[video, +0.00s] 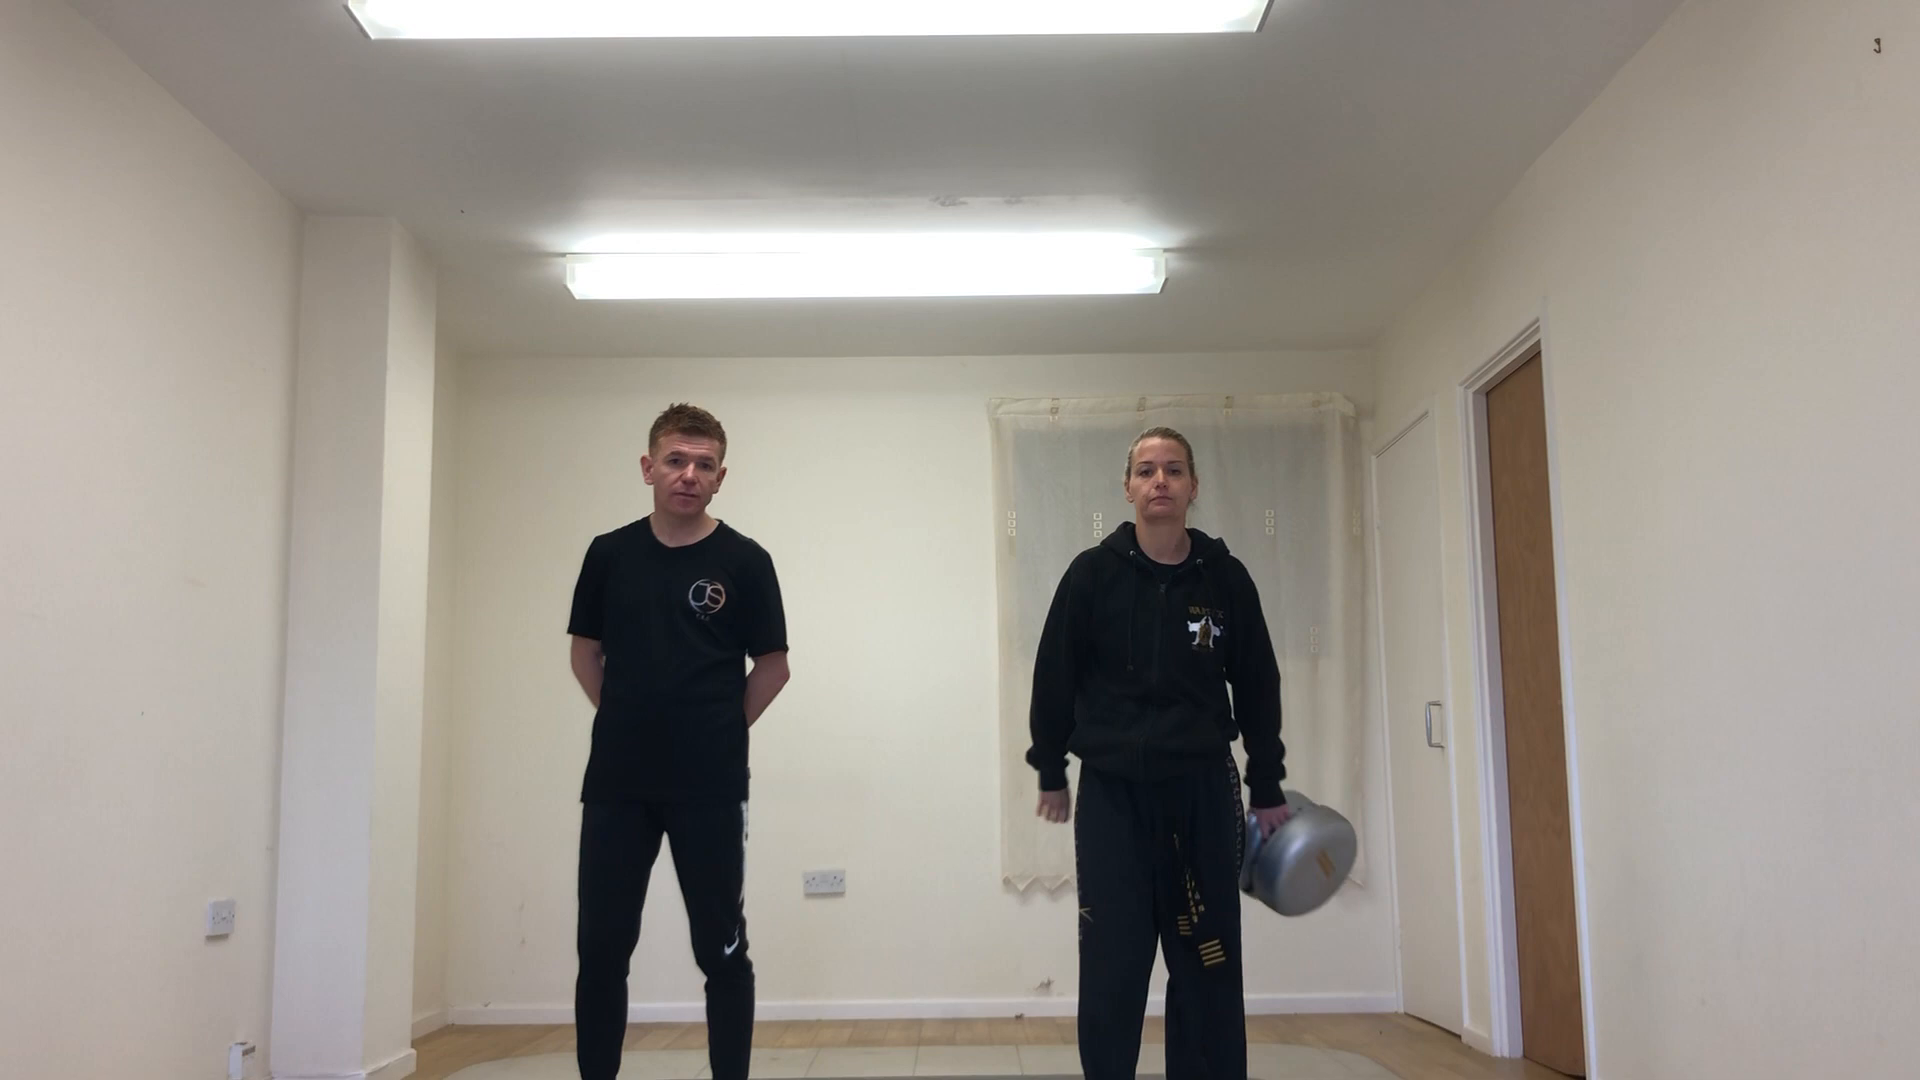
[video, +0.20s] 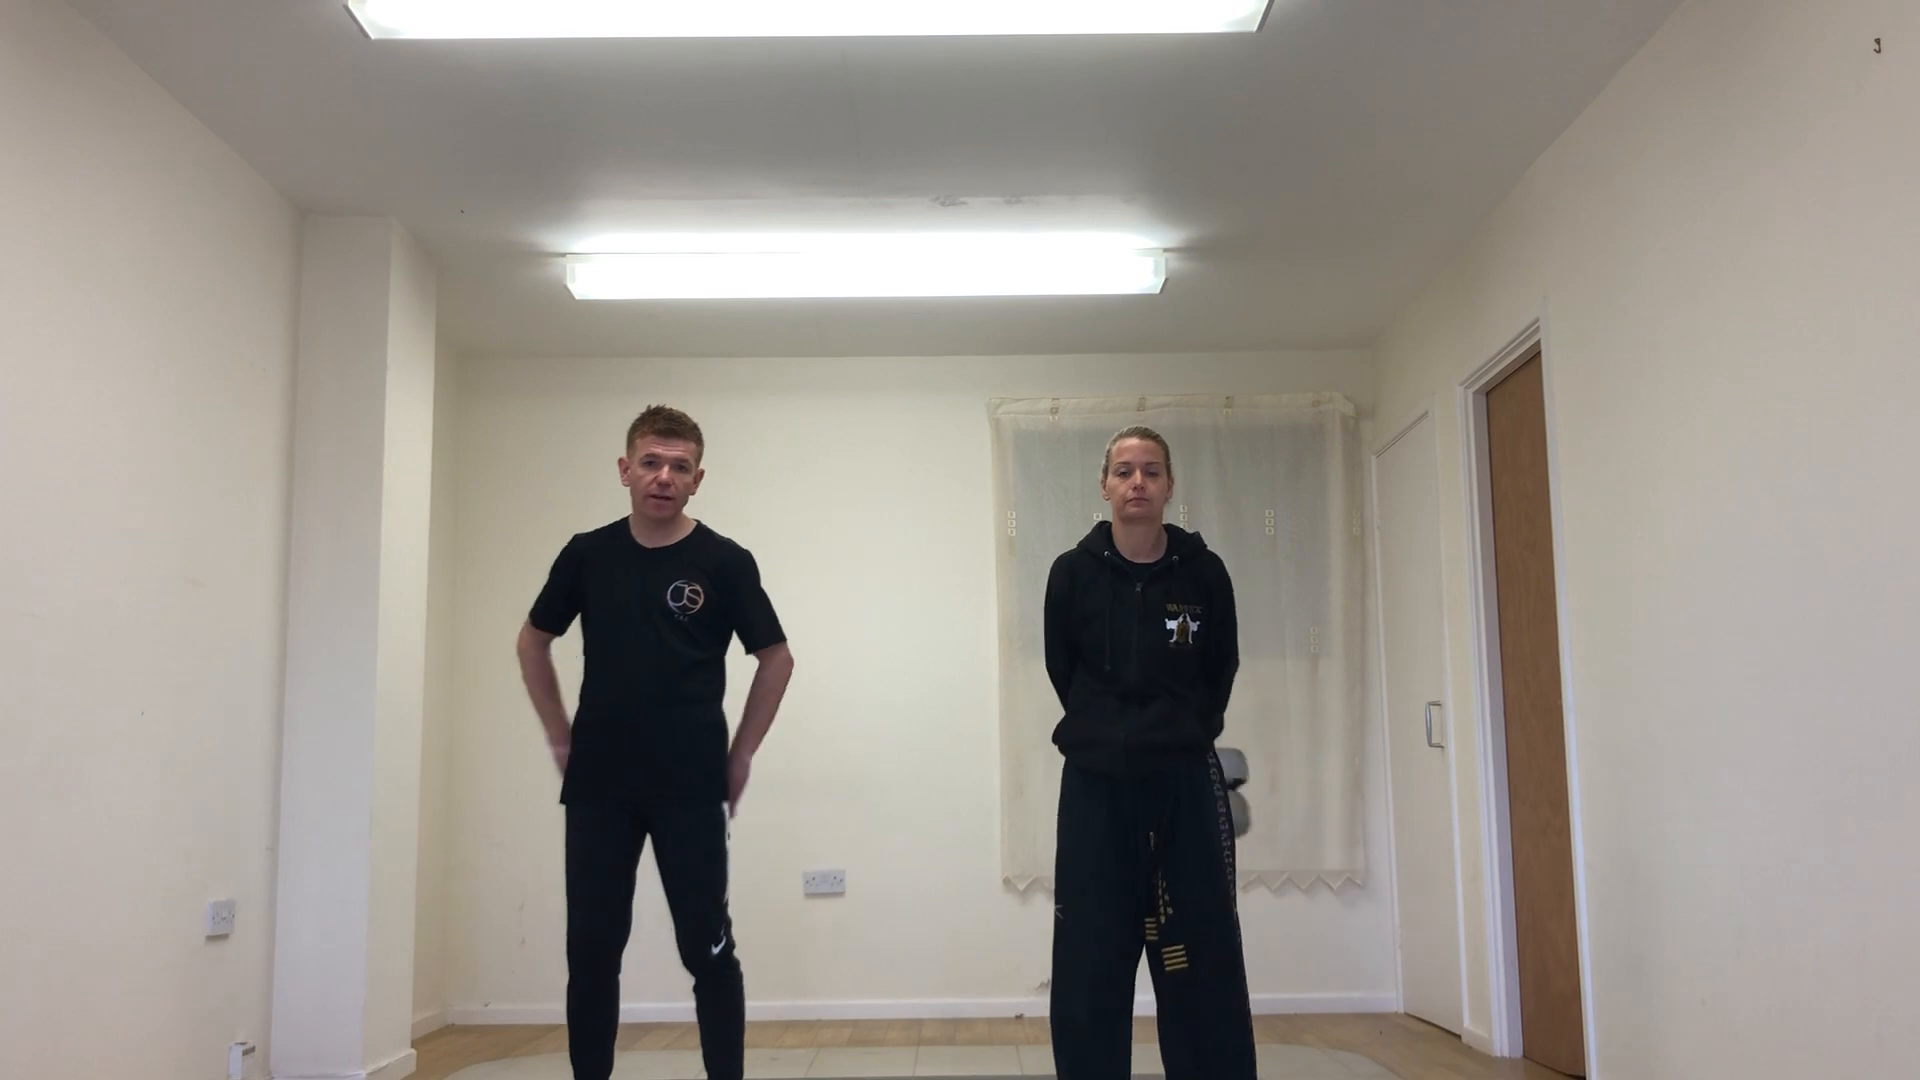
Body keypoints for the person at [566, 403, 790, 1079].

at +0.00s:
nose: (690, 475)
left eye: (704, 464)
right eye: (677, 461)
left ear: (719, 476)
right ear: (648, 468)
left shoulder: (746, 561)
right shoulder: (607, 553)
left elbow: (774, 665)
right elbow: (585, 658)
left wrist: (719, 725)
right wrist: (632, 717)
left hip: (708, 776)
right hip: (620, 773)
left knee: (722, 952)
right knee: (601, 953)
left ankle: (730, 1077)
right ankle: (596, 1076)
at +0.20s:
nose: (664, 477)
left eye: (679, 466)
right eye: (651, 463)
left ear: (695, 479)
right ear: (625, 470)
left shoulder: (726, 563)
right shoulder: (585, 555)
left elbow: (776, 658)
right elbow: (532, 641)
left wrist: (740, 754)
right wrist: (561, 739)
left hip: (689, 780)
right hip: (599, 778)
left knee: (709, 952)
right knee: (591, 955)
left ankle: (725, 1076)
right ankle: (590, 1077)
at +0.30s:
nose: (647, 474)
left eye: (663, 463)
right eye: (634, 461)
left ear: (680, 476)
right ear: (609, 470)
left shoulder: (712, 560)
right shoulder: (570, 555)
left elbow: (773, 651)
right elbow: (509, 633)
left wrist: (778, 757)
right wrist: (492, 735)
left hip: (675, 780)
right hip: (585, 779)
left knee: (694, 951)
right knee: (582, 957)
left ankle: (718, 1076)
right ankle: (586, 1077)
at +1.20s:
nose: (598, 542)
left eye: (614, 527)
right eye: (584, 526)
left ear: (640, 512)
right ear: (564, 511)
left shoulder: (682, 577)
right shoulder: (539, 568)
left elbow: (726, 674)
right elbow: (518, 662)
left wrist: (697, 779)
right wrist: (531, 764)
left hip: (651, 787)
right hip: (568, 786)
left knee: (644, 951)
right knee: (576, 952)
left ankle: (632, 1075)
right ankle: (583, 1074)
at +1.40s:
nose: (583, 632)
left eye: (599, 617)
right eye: (568, 616)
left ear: (628, 595)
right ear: (550, 595)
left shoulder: (670, 622)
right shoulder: (524, 629)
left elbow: (730, 695)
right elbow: (508, 692)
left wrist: (705, 789)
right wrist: (534, 775)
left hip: (659, 802)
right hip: (575, 801)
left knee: (650, 954)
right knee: (582, 953)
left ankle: (636, 1075)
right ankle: (583, 1074)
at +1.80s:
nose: (594, 531)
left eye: (608, 515)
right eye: (579, 515)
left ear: (634, 514)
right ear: (558, 516)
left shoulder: (678, 583)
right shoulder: (531, 582)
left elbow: (719, 676)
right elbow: (511, 672)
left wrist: (699, 780)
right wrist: (530, 771)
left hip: (654, 788)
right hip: (570, 787)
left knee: (647, 951)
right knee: (578, 952)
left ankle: (634, 1075)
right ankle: (583, 1075)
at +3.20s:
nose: (649, 467)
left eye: (664, 457)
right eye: (635, 455)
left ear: (685, 475)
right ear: (613, 470)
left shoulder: (721, 554)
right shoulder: (584, 560)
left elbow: (756, 661)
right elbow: (570, 670)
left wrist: (701, 717)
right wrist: (625, 712)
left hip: (694, 772)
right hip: (606, 774)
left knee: (721, 946)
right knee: (595, 949)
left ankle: (743, 1075)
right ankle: (589, 1075)